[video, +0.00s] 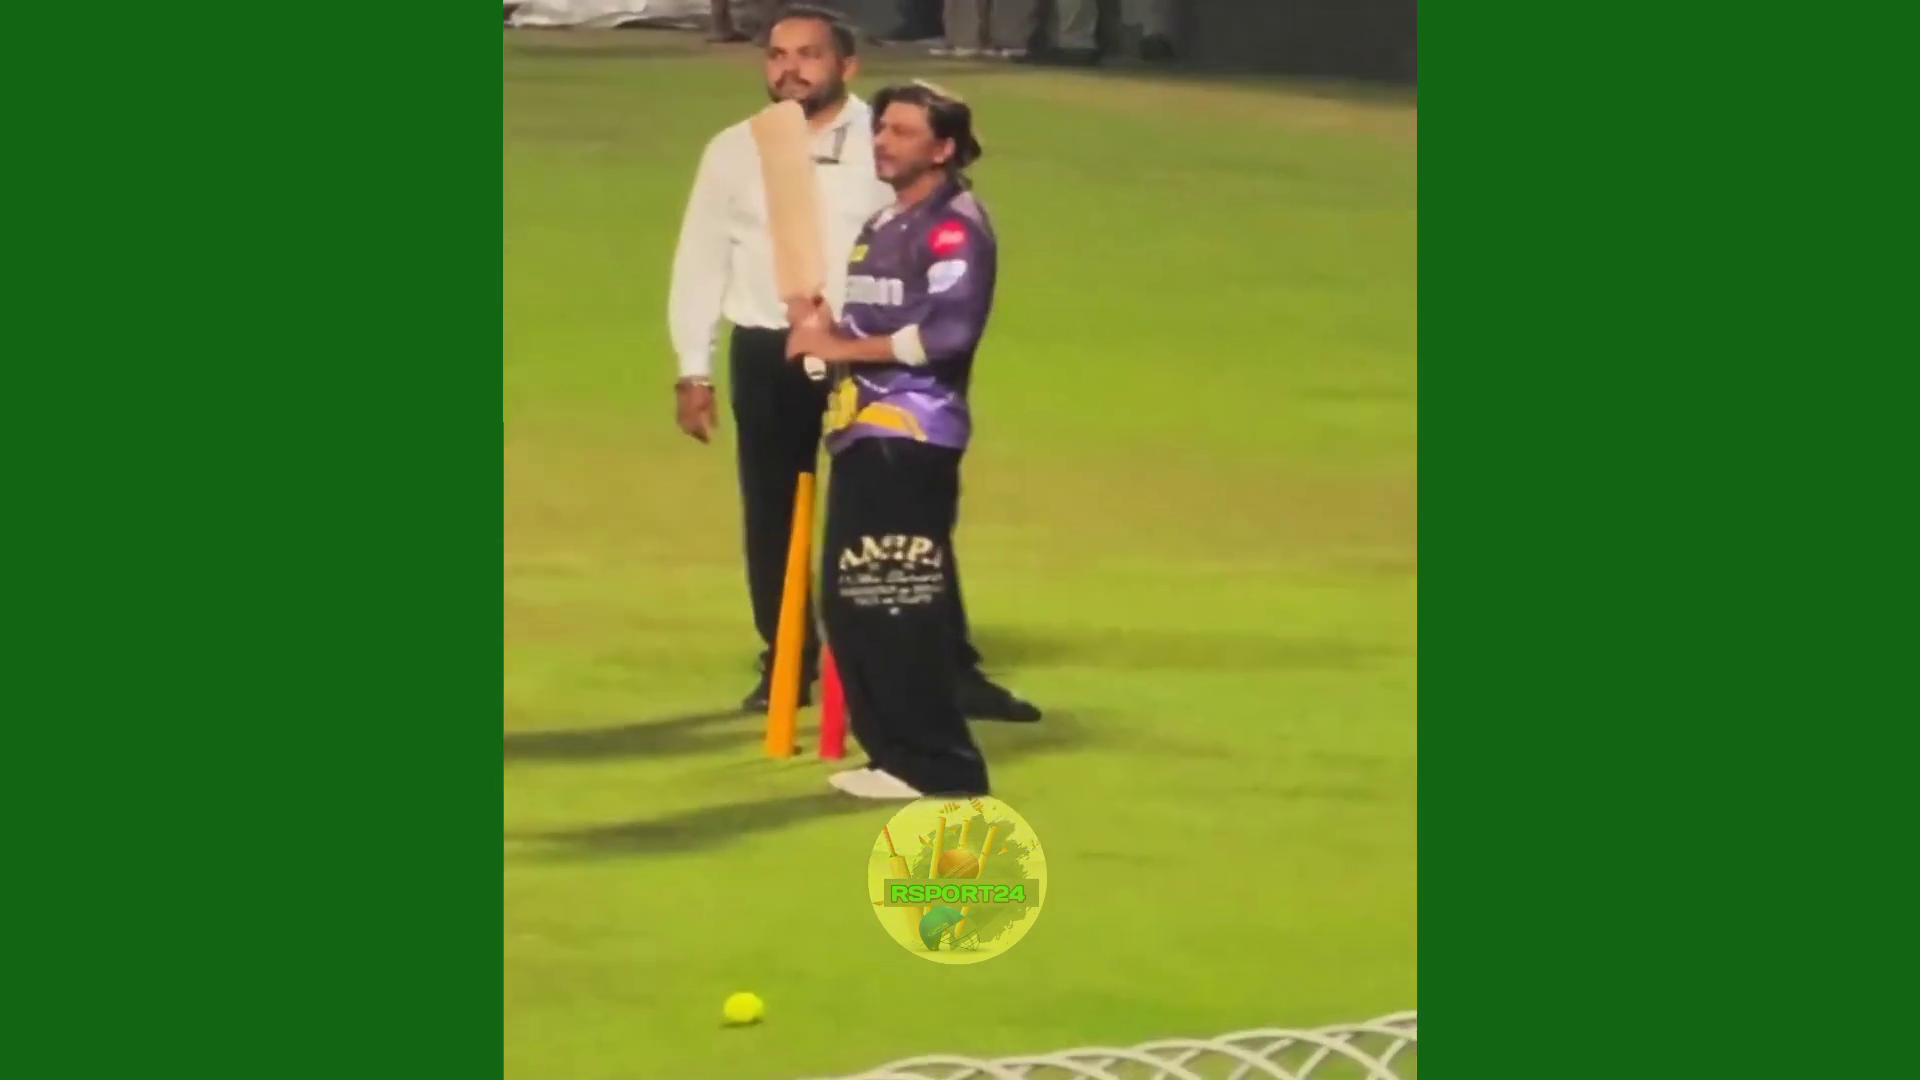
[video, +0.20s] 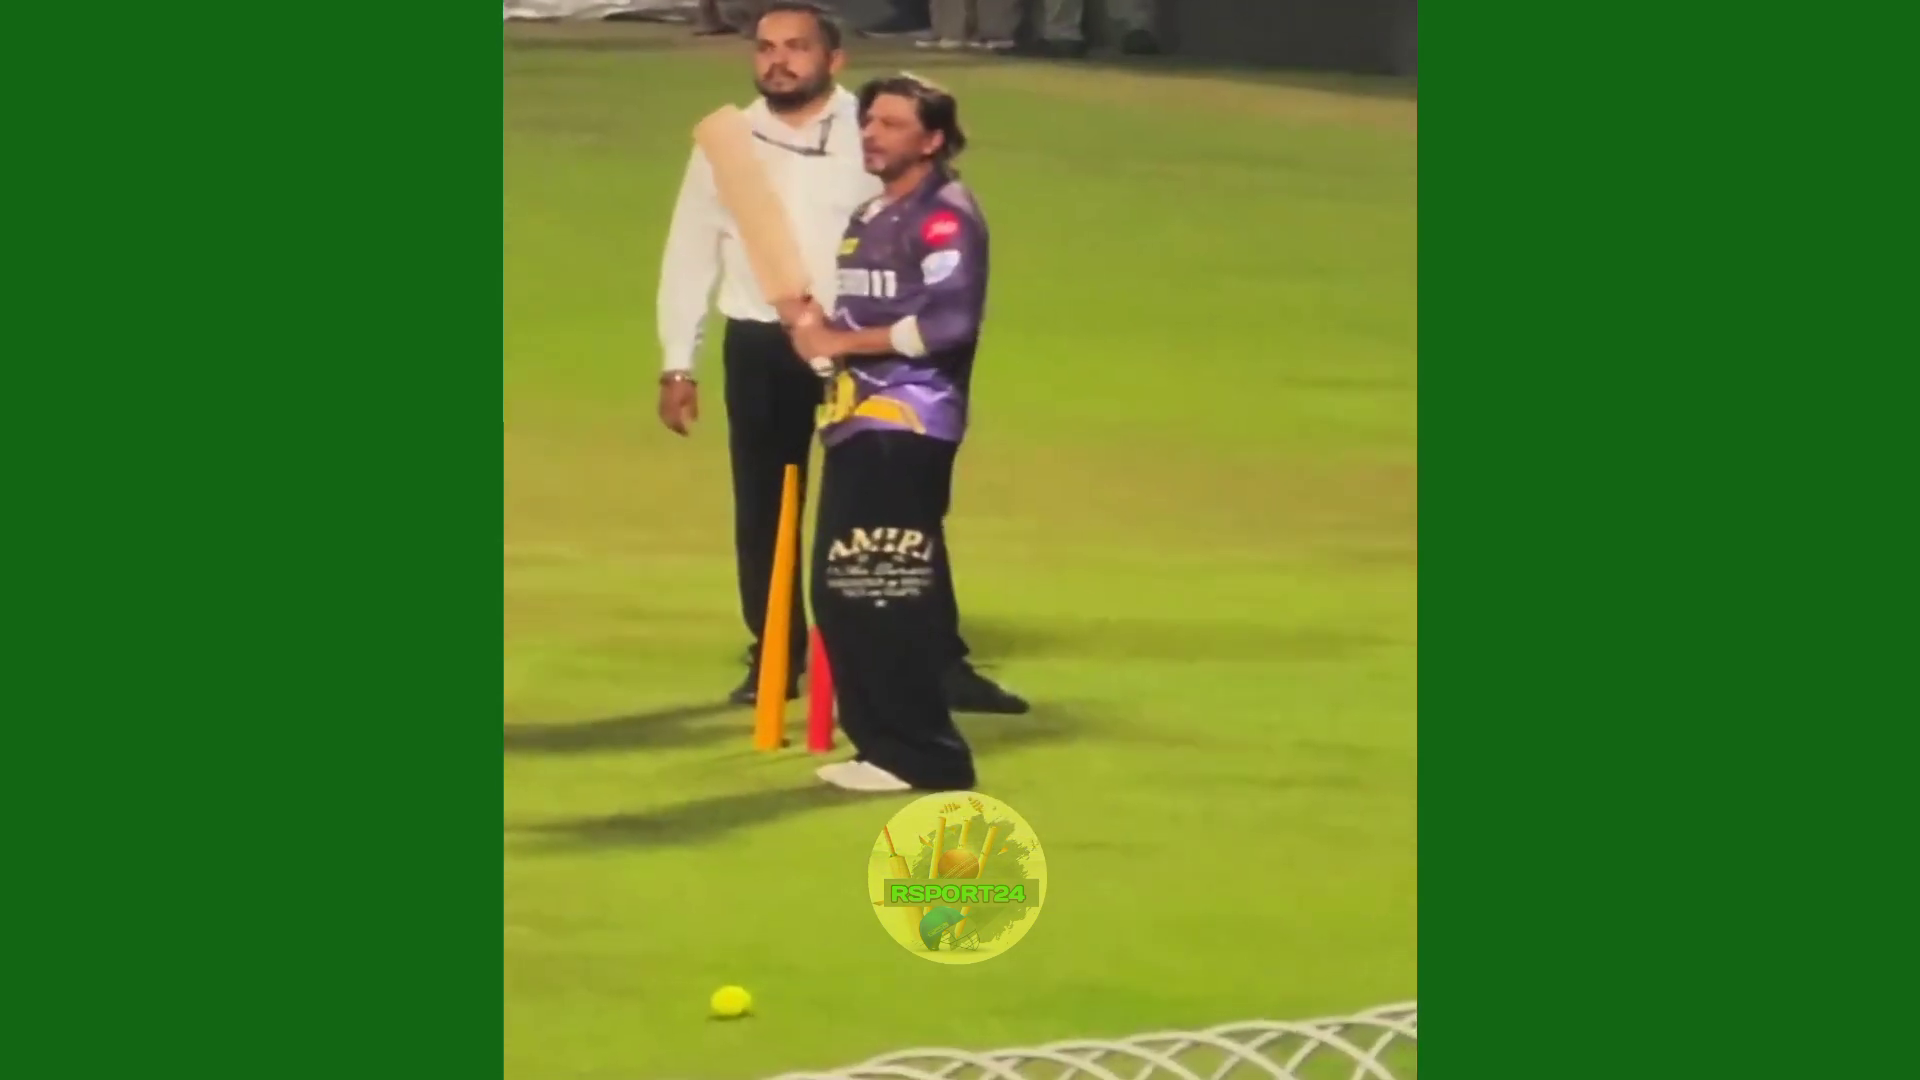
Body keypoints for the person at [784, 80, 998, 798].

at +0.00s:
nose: (882, 143)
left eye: (900, 133)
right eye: (881, 130)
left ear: (943, 148)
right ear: (876, 140)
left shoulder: (957, 228)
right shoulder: (883, 224)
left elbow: (948, 336)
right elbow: (877, 325)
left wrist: (840, 349)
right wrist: (826, 324)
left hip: (913, 435)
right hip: (868, 430)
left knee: (906, 601)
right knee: (856, 596)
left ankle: (939, 765)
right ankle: (896, 756)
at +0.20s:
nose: (870, 134)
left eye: (888, 125)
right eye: (868, 122)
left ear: (932, 139)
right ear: (864, 132)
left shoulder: (948, 216)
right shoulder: (868, 218)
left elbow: (949, 325)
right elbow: (869, 320)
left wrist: (841, 342)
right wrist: (819, 324)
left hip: (908, 427)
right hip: (862, 422)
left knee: (891, 588)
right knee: (846, 585)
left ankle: (922, 755)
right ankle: (888, 746)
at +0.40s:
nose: (876, 134)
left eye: (893, 124)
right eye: (873, 122)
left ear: (936, 136)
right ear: (867, 130)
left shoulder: (956, 211)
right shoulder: (871, 218)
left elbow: (966, 320)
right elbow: (882, 318)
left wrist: (861, 345)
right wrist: (832, 324)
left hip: (926, 415)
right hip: (875, 410)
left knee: (885, 580)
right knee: (853, 579)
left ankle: (920, 746)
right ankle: (888, 737)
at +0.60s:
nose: (887, 135)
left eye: (903, 126)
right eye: (883, 124)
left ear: (947, 138)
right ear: (878, 131)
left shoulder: (969, 209)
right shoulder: (882, 217)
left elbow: (984, 320)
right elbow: (894, 321)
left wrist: (878, 345)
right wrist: (843, 328)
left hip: (940, 415)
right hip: (888, 413)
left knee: (895, 583)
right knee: (857, 584)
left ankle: (945, 744)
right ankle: (895, 743)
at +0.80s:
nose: (892, 138)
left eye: (907, 127)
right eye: (892, 125)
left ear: (954, 137)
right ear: (902, 133)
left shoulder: (982, 212)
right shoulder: (904, 222)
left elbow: (998, 317)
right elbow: (911, 324)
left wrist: (898, 360)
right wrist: (863, 343)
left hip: (968, 426)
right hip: (912, 423)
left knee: (955, 590)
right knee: (873, 582)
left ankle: (976, 756)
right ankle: (903, 747)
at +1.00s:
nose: (909, 149)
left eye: (919, 136)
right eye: (910, 135)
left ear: (958, 143)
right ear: (952, 144)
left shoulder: (1011, 224)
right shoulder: (941, 233)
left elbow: (994, 345)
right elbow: (942, 345)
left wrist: (917, 406)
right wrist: (899, 403)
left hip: (1015, 441)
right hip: (964, 438)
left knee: (983, 597)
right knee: (914, 587)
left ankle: (992, 762)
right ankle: (923, 748)